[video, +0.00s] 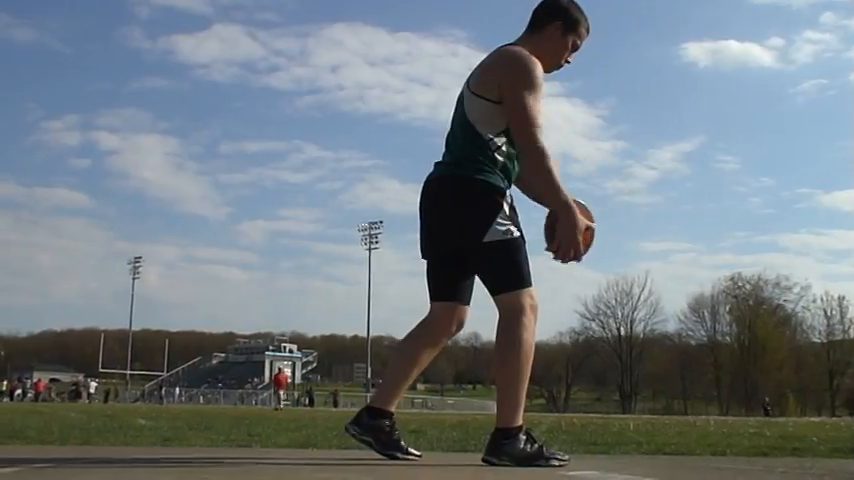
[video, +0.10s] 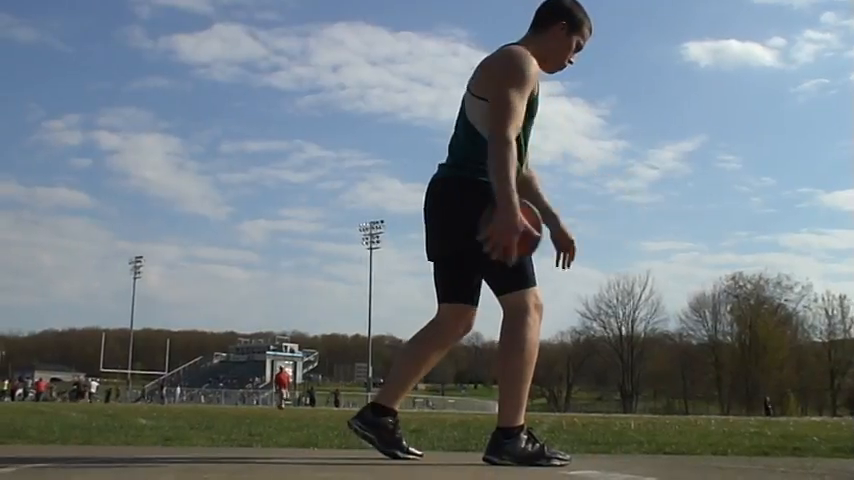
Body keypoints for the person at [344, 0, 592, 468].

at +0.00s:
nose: (571, 58)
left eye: (577, 51)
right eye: (574, 46)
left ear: (545, 27)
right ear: (555, 29)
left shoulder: (498, 66)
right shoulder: (520, 64)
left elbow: (515, 163)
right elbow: (529, 142)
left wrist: (566, 206)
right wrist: (565, 206)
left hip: (444, 193)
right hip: (480, 194)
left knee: (447, 316)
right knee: (520, 307)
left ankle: (375, 416)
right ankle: (510, 436)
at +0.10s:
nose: (575, 58)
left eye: (581, 51)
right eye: (578, 46)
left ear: (552, 29)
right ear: (559, 29)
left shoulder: (516, 73)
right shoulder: (518, 63)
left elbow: (519, 167)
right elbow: (501, 137)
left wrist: (552, 220)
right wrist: (507, 206)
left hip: (450, 197)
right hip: (478, 196)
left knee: (456, 317)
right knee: (525, 307)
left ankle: (379, 413)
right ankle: (511, 435)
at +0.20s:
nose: (577, 60)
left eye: (582, 52)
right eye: (580, 48)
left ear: (557, 32)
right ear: (562, 32)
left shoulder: (522, 78)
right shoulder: (516, 62)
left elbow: (518, 167)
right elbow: (475, 121)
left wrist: (538, 231)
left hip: (456, 201)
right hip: (482, 201)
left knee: (464, 321)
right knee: (532, 307)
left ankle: (382, 410)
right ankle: (511, 435)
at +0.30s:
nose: (577, 65)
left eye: (582, 57)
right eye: (581, 53)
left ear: (559, 37)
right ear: (564, 36)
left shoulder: (526, 85)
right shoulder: (513, 63)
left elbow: (512, 169)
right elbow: (453, 109)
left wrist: (519, 222)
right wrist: (395, 149)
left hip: (457, 203)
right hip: (480, 202)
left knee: (472, 324)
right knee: (541, 308)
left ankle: (385, 409)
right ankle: (511, 435)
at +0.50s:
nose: (573, 72)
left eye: (577, 63)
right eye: (576, 60)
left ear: (537, 44)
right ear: (563, 49)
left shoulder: (504, 80)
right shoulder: (524, 78)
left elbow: (456, 129)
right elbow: (464, 115)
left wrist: (397, 161)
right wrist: (401, 146)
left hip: (449, 215)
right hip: (490, 212)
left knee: (469, 333)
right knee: (555, 317)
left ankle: (380, 413)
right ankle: (512, 434)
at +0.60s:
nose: (561, 66)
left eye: (563, 58)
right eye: (563, 57)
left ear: (517, 47)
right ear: (556, 52)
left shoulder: (474, 89)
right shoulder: (536, 87)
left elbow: (434, 165)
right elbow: (511, 136)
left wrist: (436, 214)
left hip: (443, 222)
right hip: (493, 214)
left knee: (463, 334)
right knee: (554, 322)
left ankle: (377, 416)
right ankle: (513, 433)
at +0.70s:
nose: (542, 55)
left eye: (539, 49)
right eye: (544, 49)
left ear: (498, 41)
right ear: (538, 47)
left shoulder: (455, 81)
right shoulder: (538, 87)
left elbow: (410, 158)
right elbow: (569, 146)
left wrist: (420, 217)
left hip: (439, 217)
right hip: (496, 214)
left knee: (450, 328)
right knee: (543, 323)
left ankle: (377, 417)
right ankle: (514, 431)